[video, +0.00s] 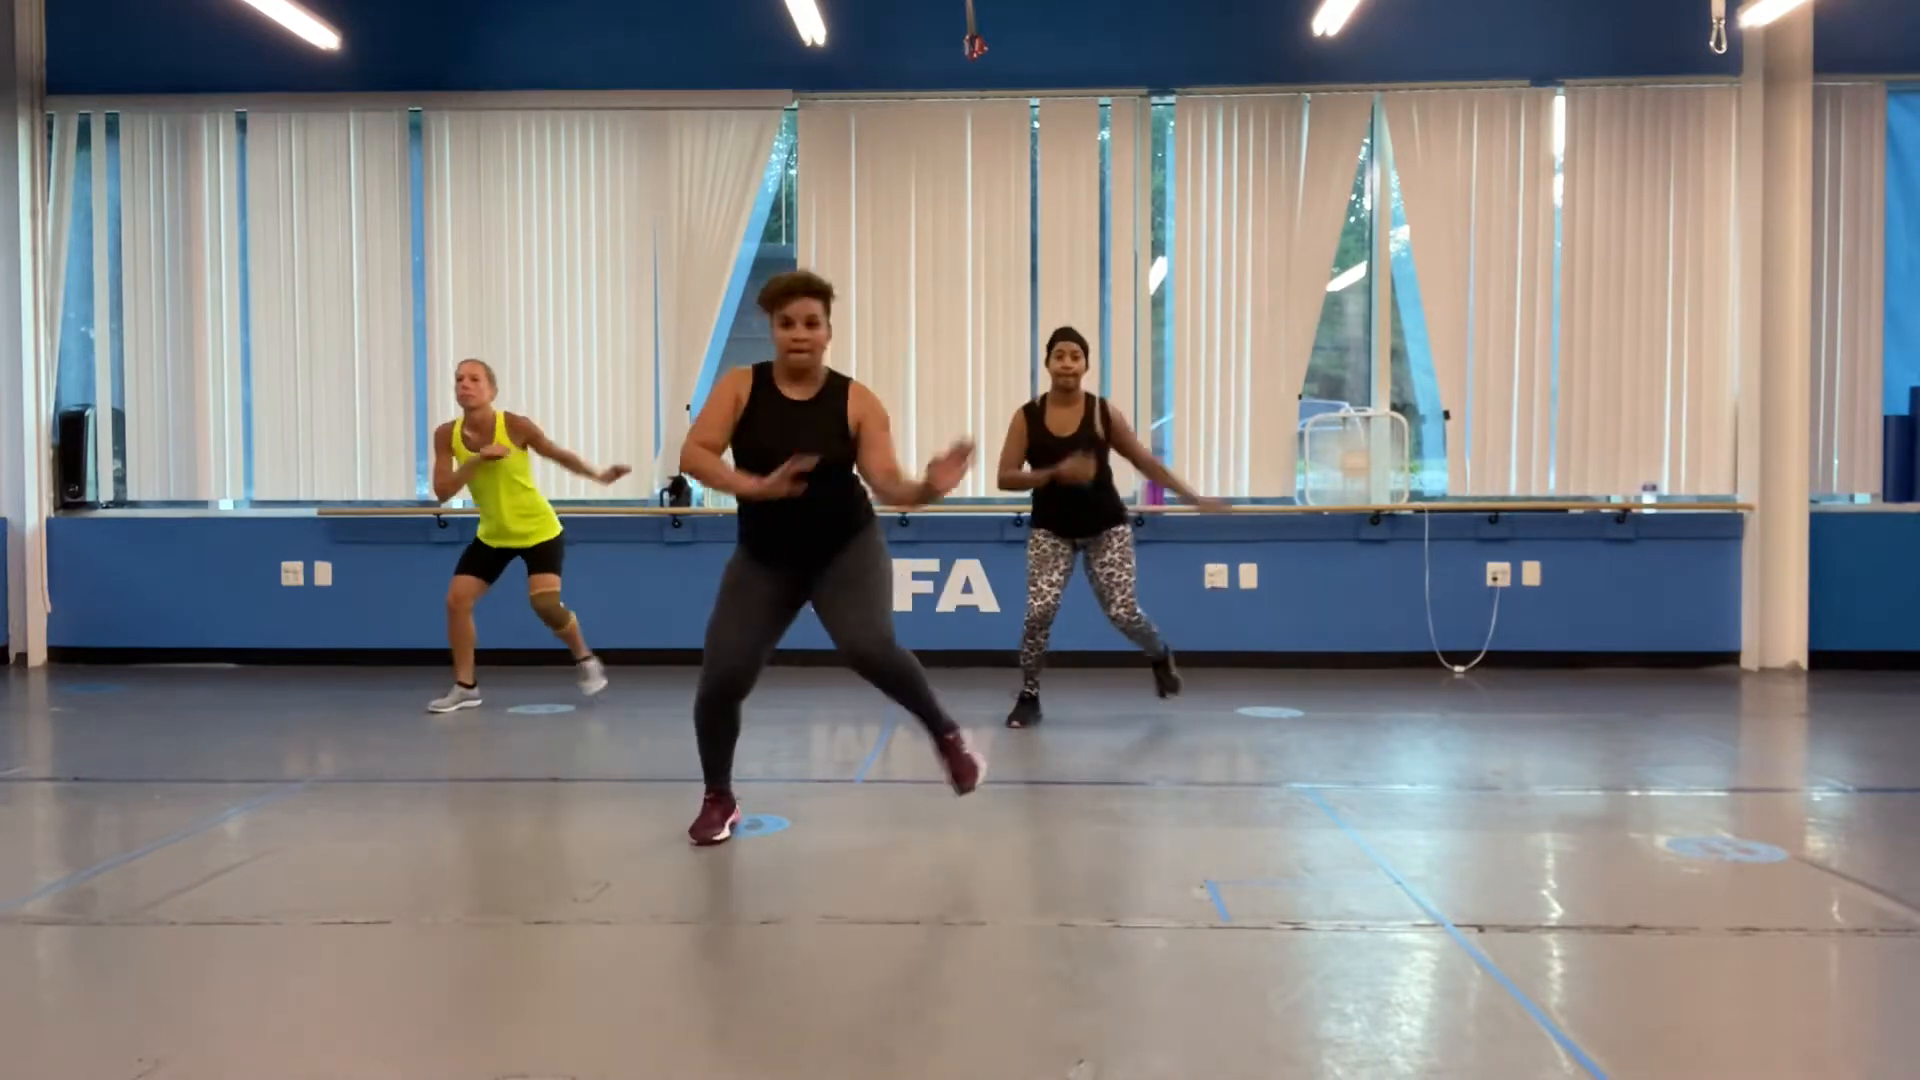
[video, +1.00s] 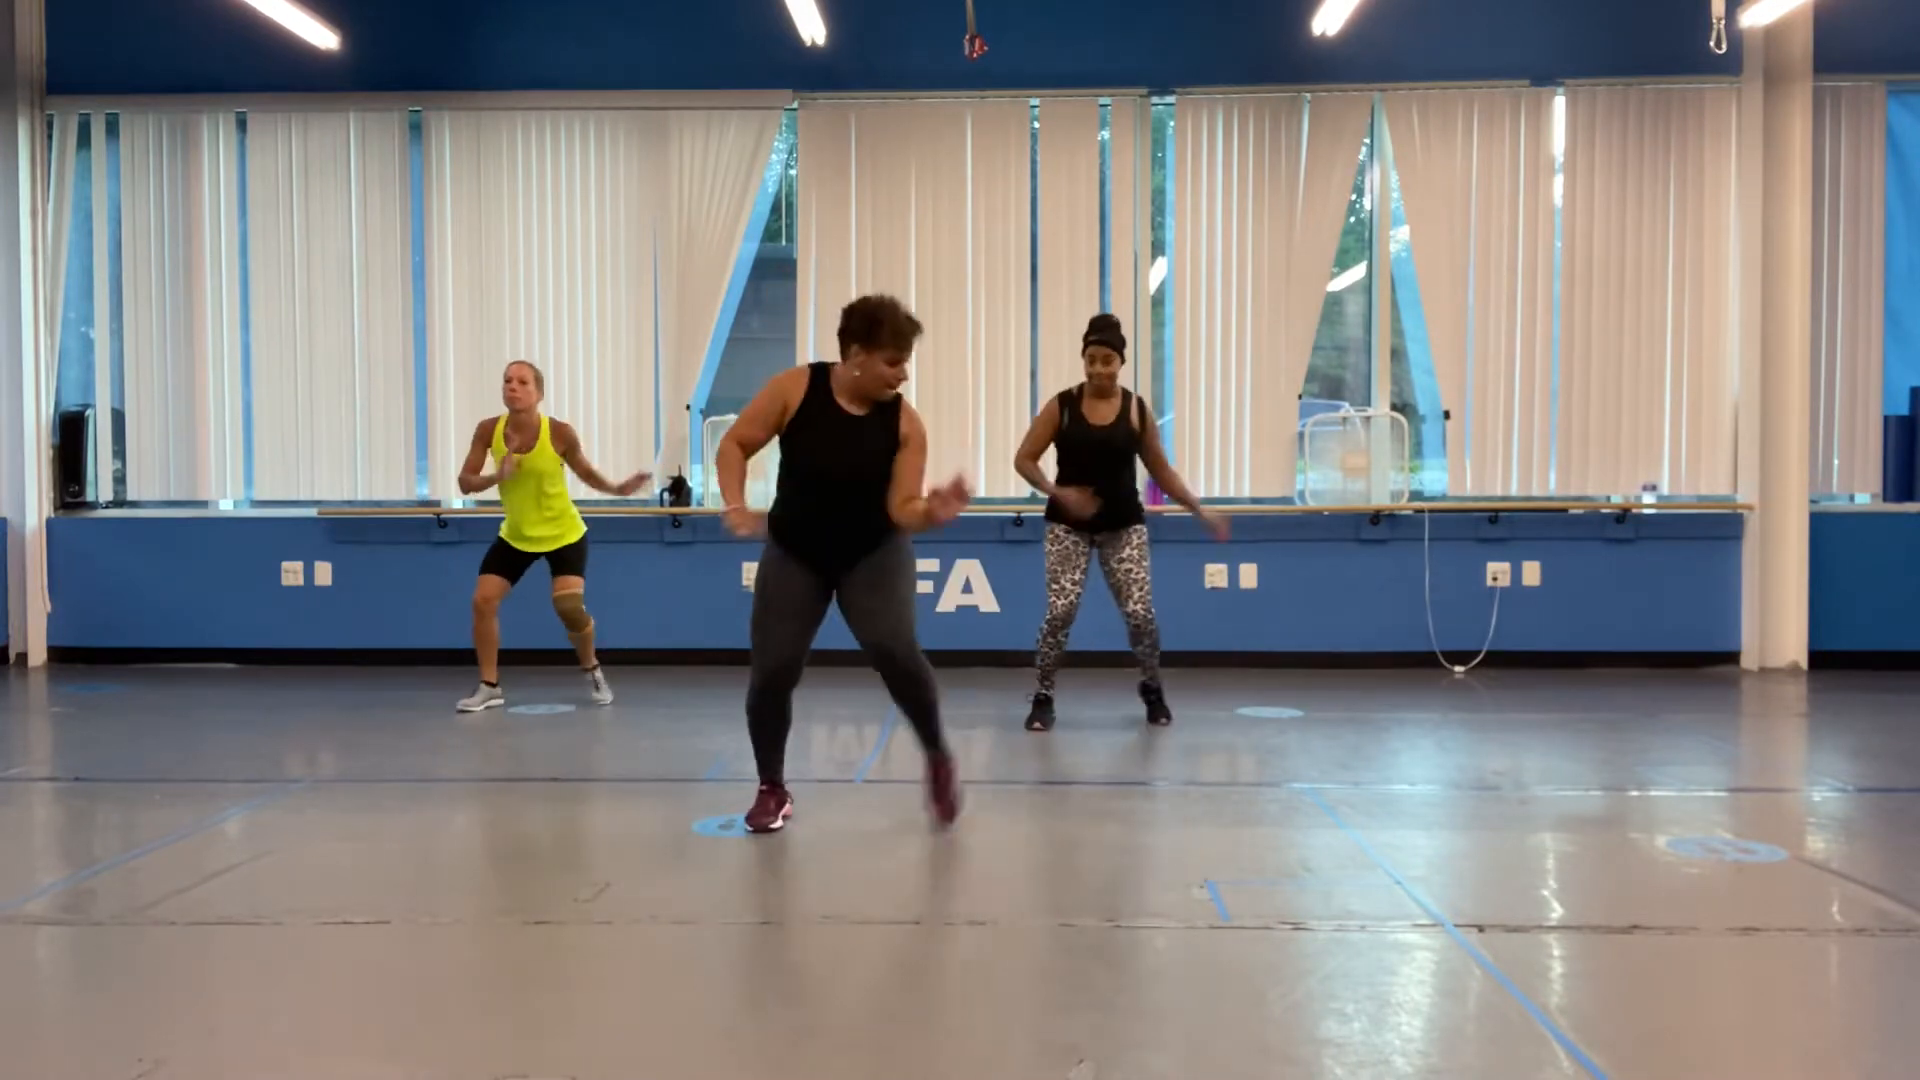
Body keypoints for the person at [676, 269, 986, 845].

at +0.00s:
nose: (801, 334)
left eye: (812, 323)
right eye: (789, 323)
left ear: (829, 331)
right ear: (771, 329)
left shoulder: (857, 402)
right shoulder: (740, 387)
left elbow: (889, 487)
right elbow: (694, 456)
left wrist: (927, 488)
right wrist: (755, 485)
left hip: (846, 548)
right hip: (766, 554)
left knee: (867, 649)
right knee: (720, 682)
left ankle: (946, 735)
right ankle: (717, 798)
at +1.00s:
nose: (903, 372)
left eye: (905, 361)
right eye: (894, 361)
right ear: (855, 357)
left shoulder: (905, 425)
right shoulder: (794, 389)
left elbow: (903, 511)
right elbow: (732, 446)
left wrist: (932, 510)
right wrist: (736, 505)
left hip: (873, 554)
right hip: (795, 552)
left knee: (895, 654)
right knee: (772, 671)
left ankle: (938, 758)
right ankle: (771, 788)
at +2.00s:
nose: (1044, 339)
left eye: (1045, 328)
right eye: (1030, 331)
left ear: (1048, 332)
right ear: (992, 341)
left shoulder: (1071, 391)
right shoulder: (957, 404)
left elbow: (1138, 433)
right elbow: (951, 486)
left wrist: (1130, 478)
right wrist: (967, 549)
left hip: (1051, 555)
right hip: (971, 553)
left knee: (1090, 666)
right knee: (923, 665)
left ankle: (1091, 790)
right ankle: (913, 769)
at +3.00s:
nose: (871, 373)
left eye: (880, 360)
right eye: (869, 361)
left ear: (919, 356)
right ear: (890, 361)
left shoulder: (975, 367)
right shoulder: (880, 417)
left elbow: (1055, 367)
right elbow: (901, 511)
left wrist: (1061, 397)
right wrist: (887, 469)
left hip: (1002, 544)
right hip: (924, 552)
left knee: (1039, 665)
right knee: (857, 649)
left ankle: (1066, 789)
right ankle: (863, 758)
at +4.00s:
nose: (813, 331)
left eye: (825, 321)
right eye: (803, 324)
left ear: (846, 332)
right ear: (790, 337)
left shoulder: (871, 374)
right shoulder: (772, 385)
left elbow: (888, 447)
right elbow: (701, 406)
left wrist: (798, 450)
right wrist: (632, 416)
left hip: (870, 539)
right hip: (793, 536)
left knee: (906, 656)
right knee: (737, 652)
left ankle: (933, 784)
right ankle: (700, 762)